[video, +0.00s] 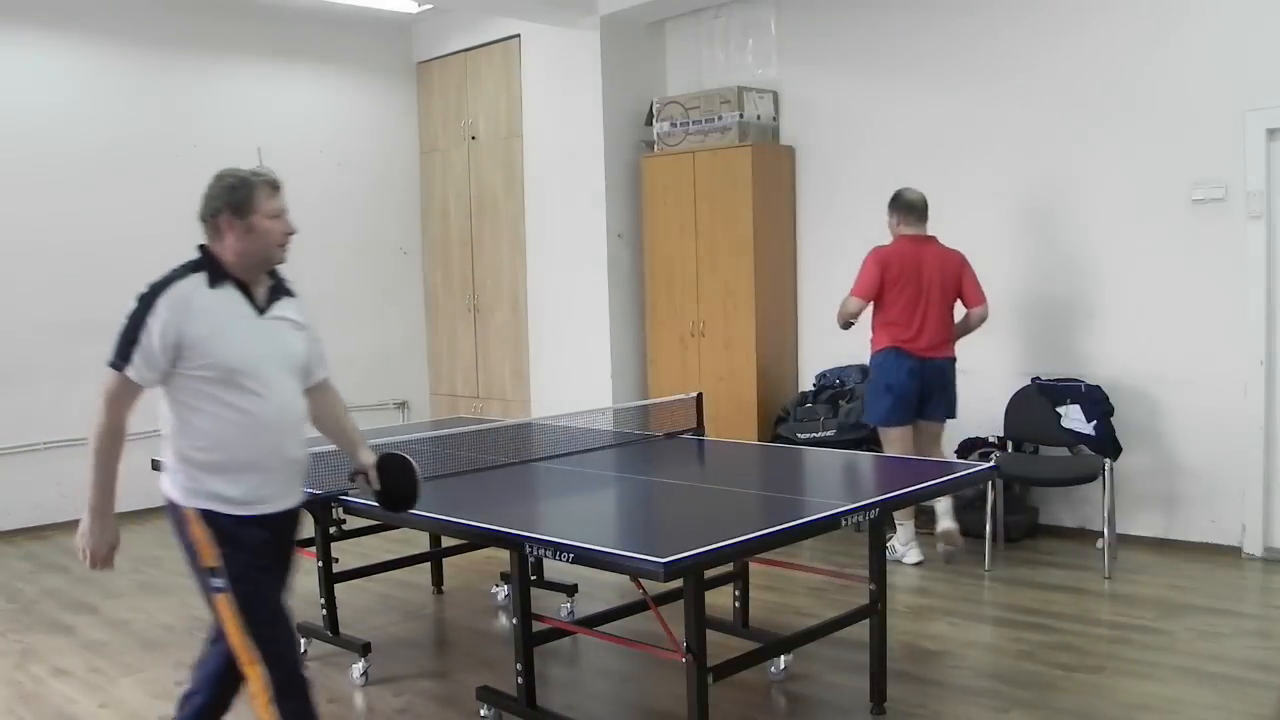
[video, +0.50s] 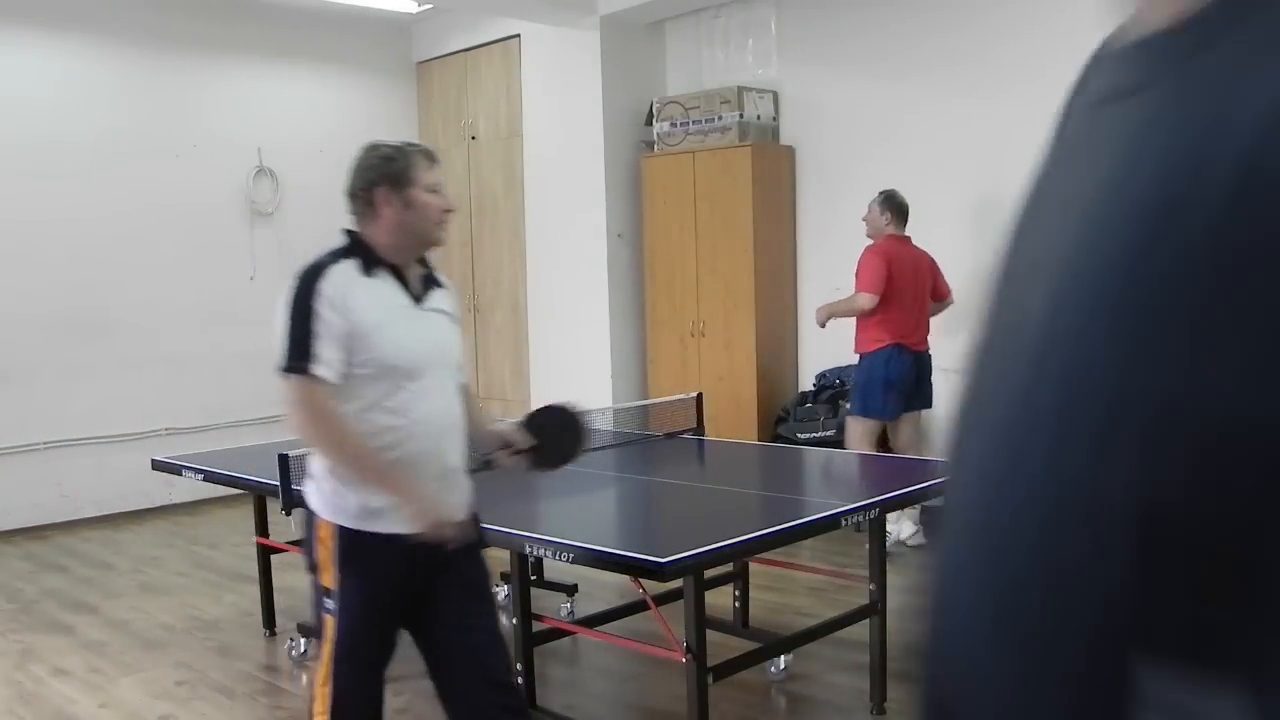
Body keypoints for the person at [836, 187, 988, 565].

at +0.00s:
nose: (888, 224)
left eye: (888, 219)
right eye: (890, 219)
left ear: (893, 219)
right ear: (926, 219)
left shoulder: (883, 255)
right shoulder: (954, 258)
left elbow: (853, 306)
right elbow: (979, 311)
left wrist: (844, 319)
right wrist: (948, 335)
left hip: (894, 366)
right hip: (940, 368)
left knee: (898, 457)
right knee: (932, 448)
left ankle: (905, 541)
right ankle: (946, 512)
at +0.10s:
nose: (880, 223)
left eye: (881, 218)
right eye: (881, 218)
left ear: (887, 218)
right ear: (919, 218)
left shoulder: (877, 255)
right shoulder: (946, 258)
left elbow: (848, 307)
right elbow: (974, 308)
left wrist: (841, 319)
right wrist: (945, 334)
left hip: (890, 365)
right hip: (934, 365)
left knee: (898, 457)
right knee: (923, 448)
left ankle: (905, 542)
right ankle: (930, 527)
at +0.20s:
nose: (874, 225)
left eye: (875, 220)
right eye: (874, 220)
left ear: (882, 220)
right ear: (913, 221)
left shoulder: (874, 257)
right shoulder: (939, 259)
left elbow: (849, 308)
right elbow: (971, 306)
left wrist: (837, 321)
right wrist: (942, 332)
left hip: (887, 364)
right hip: (929, 365)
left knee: (897, 456)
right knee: (919, 449)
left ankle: (905, 543)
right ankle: (914, 530)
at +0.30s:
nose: (870, 226)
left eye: (872, 219)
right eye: (871, 219)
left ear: (883, 219)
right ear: (908, 221)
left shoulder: (875, 256)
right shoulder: (934, 259)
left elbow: (856, 306)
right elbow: (966, 305)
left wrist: (834, 318)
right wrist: (934, 329)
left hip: (885, 364)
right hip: (925, 365)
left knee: (893, 455)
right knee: (914, 450)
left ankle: (907, 542)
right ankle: (910, 533)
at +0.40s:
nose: (867, 223)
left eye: (871, 216)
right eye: (869, 216)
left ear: (885, 217)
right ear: (904, 219)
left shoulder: (876, 253)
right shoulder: (929, 257)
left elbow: (862, 303)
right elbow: (957, 301)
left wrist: (831, 313)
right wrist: (924, 321)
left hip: (884, 362)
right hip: (920, 363)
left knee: (876, 451)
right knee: (909, 447)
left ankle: (899, 531)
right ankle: (909, 528)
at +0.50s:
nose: (864, 218)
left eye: (869, 212)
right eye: (866, 212)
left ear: (885, 217)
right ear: (897, 219)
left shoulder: (876, 252)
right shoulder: (923, 257)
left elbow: (866, 300)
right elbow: (943, 299)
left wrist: (829, 309)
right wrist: (912, 313)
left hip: (880, 359)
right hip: (916, 360)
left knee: (859, 445)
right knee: (907, 444)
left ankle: (891, 521)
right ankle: (910, 524)